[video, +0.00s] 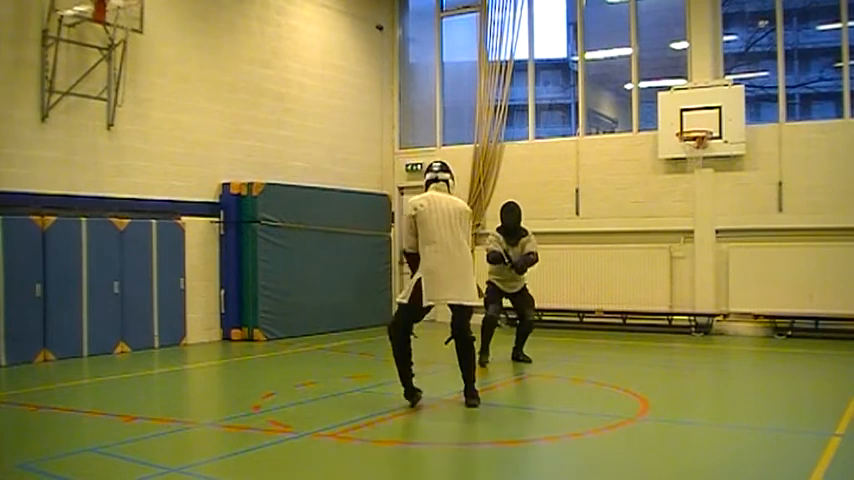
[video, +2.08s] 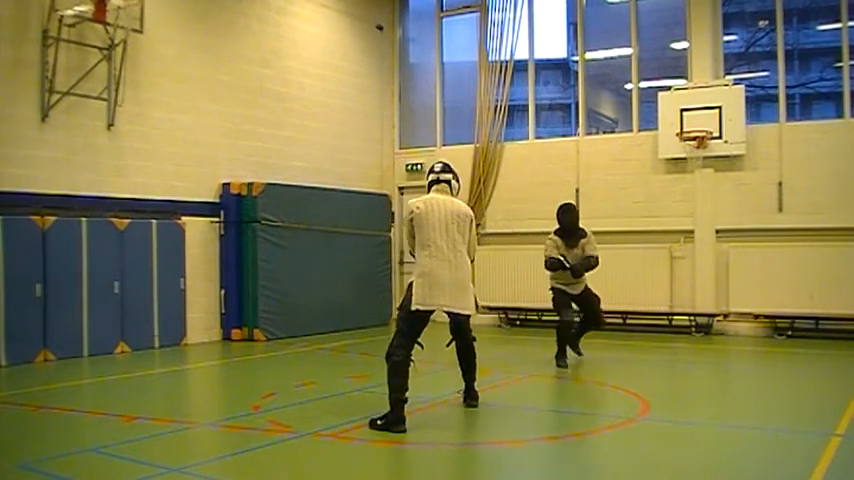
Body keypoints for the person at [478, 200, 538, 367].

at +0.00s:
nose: (510, 232)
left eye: (513, 228)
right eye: (507, 228)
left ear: (519, 222)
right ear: (502, 223)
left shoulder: (527, 236)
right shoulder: (496, 236)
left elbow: (533, 256)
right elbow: (491, 257)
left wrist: (522, 263)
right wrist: (507, 257)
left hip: (517, 285)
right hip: (496, 284)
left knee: (528, 318)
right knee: (492, 314)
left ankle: (518, 351)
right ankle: (484, 351)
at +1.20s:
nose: (517, 223)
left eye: (520, 219)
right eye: (513, 219)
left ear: (526, 221)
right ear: (507, 221)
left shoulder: (532, 240)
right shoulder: (500, 242)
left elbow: (538, 261)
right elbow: (498, 264)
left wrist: (530, 272)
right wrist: (515, 266)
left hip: (523, 289)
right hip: (502, 288)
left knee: (537, 316)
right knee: (506, 318)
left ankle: (543, 345)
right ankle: (493, 356)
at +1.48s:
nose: (538, 219)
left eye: (541, 215)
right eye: (534, 215)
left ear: (547, 218)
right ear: (528, 218)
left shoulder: (553, 238)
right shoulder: (521, 239)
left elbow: (558, 259)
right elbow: (518, 260)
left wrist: (549, 268)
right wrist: (531, 263)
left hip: (544, 288)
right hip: (524, 288)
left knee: (559, 319)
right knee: (519, 320)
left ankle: (553, 349)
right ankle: (500, 355)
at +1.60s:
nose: (545, 218)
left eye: (548, 214)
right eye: (541, 214)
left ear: (554, 216)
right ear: (536, 217)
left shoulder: (562, 236)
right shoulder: (530, 237)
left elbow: (568, 258)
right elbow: (526, 260)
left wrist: (557, 267)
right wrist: (544, 266)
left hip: (553, 286)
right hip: (534, 285)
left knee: (566, 321)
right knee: (533, 314)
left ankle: (553, 350)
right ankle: (516, 352)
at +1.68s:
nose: (550, 218)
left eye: (553, 214)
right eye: (546, 214)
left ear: (559, 215)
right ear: (540, 217)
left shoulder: (567, 235)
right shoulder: (535, 236)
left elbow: (573, 256)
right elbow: (531, 259)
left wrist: (562, 267)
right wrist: (549, 267)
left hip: (558, 285)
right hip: (539, 283)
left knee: (568, 323)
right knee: (540, 310)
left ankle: (554, 349)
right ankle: (533, 348)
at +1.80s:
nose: (556, 218)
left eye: (560, 214)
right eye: (553, 214)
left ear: (565, 215)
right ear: (546, 217)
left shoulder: (573, 235)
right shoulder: (541, 237)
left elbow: (579, 257)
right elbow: (536, 259)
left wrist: (565, 267)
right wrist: (553, 268)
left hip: (566, 287)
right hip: (547, 286)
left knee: (571, 324)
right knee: (551, 318)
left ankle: (553, 348)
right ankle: (554, 352)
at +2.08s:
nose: (571, 225)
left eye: (574, 221)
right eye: (567, 222)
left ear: (577, 220)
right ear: (560, 222)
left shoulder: (586, 236)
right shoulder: (553, 240)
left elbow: (593, 259)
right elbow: (549, 263)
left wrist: (580, 266)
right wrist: (562, 263)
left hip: (579, 286)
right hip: (560, 287)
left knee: (595, 317)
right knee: (566, 320)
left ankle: (575, 337)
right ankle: (561, 353)